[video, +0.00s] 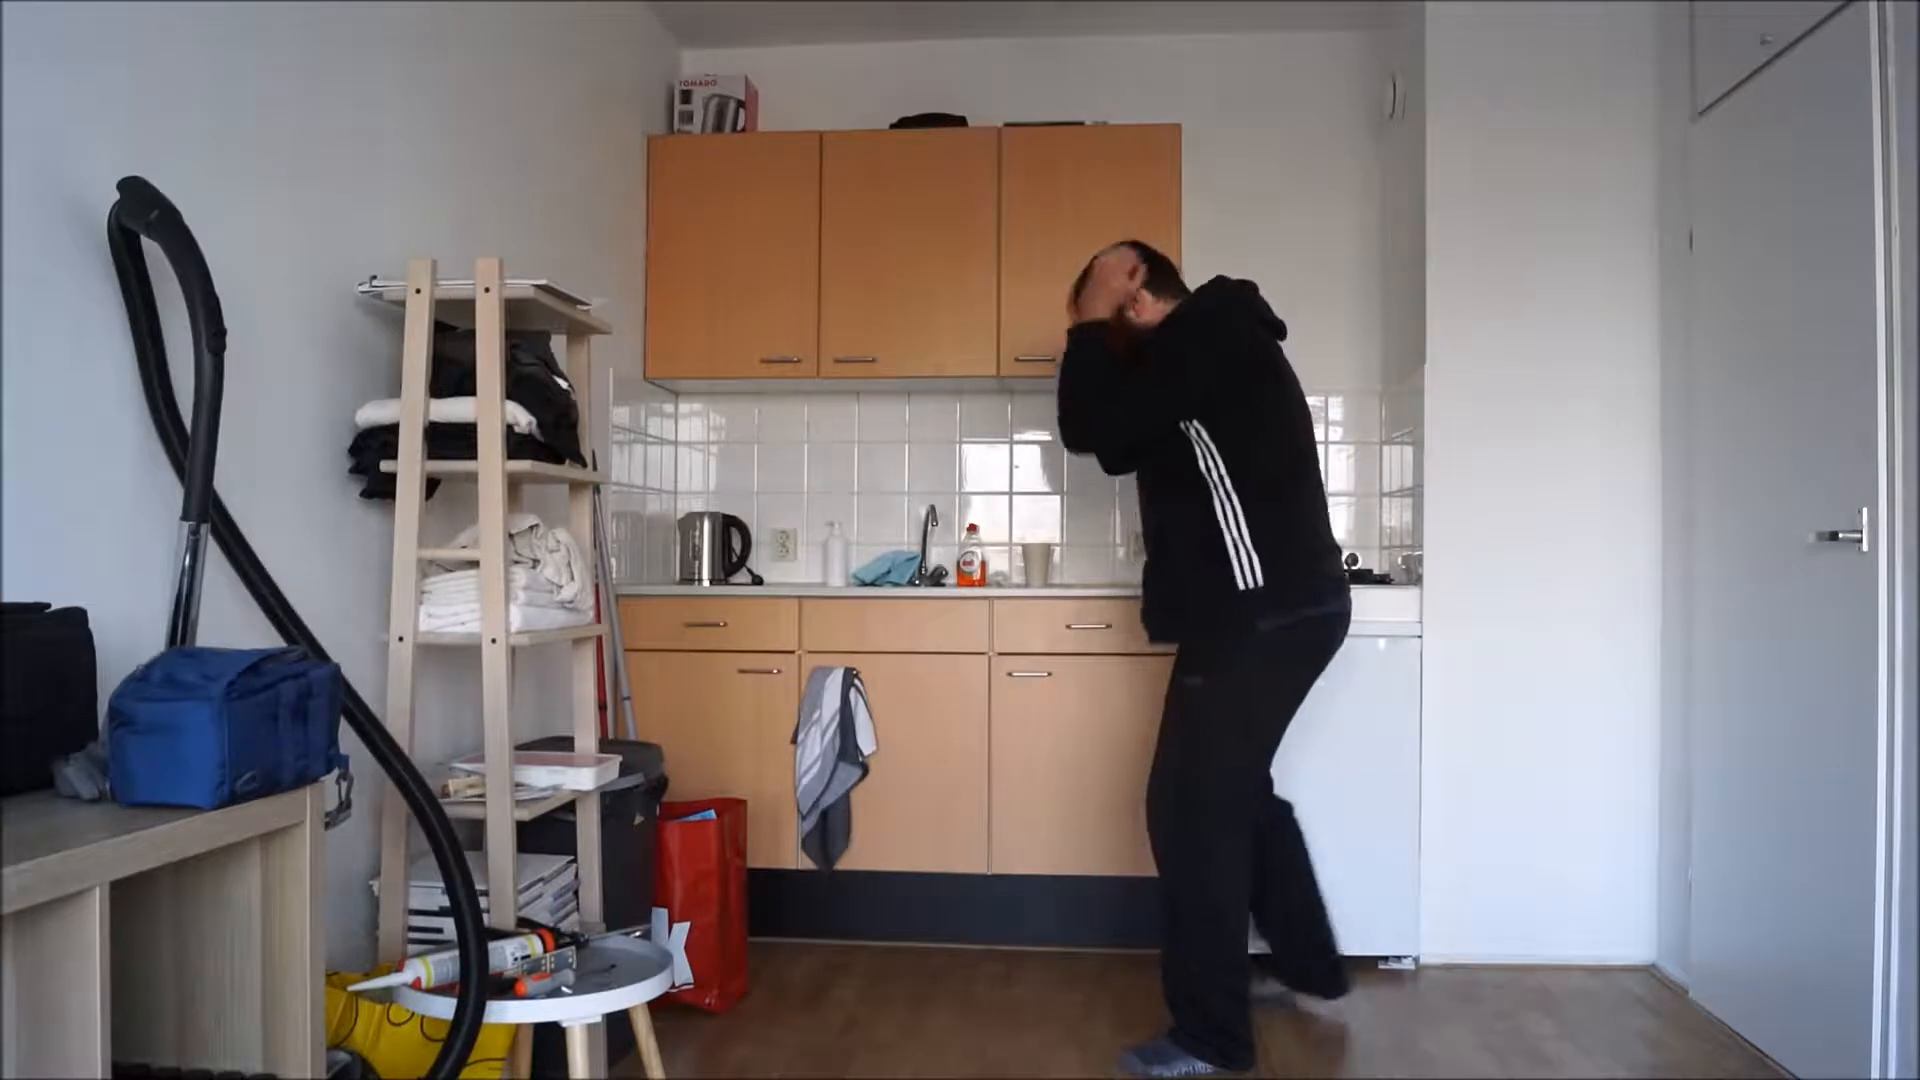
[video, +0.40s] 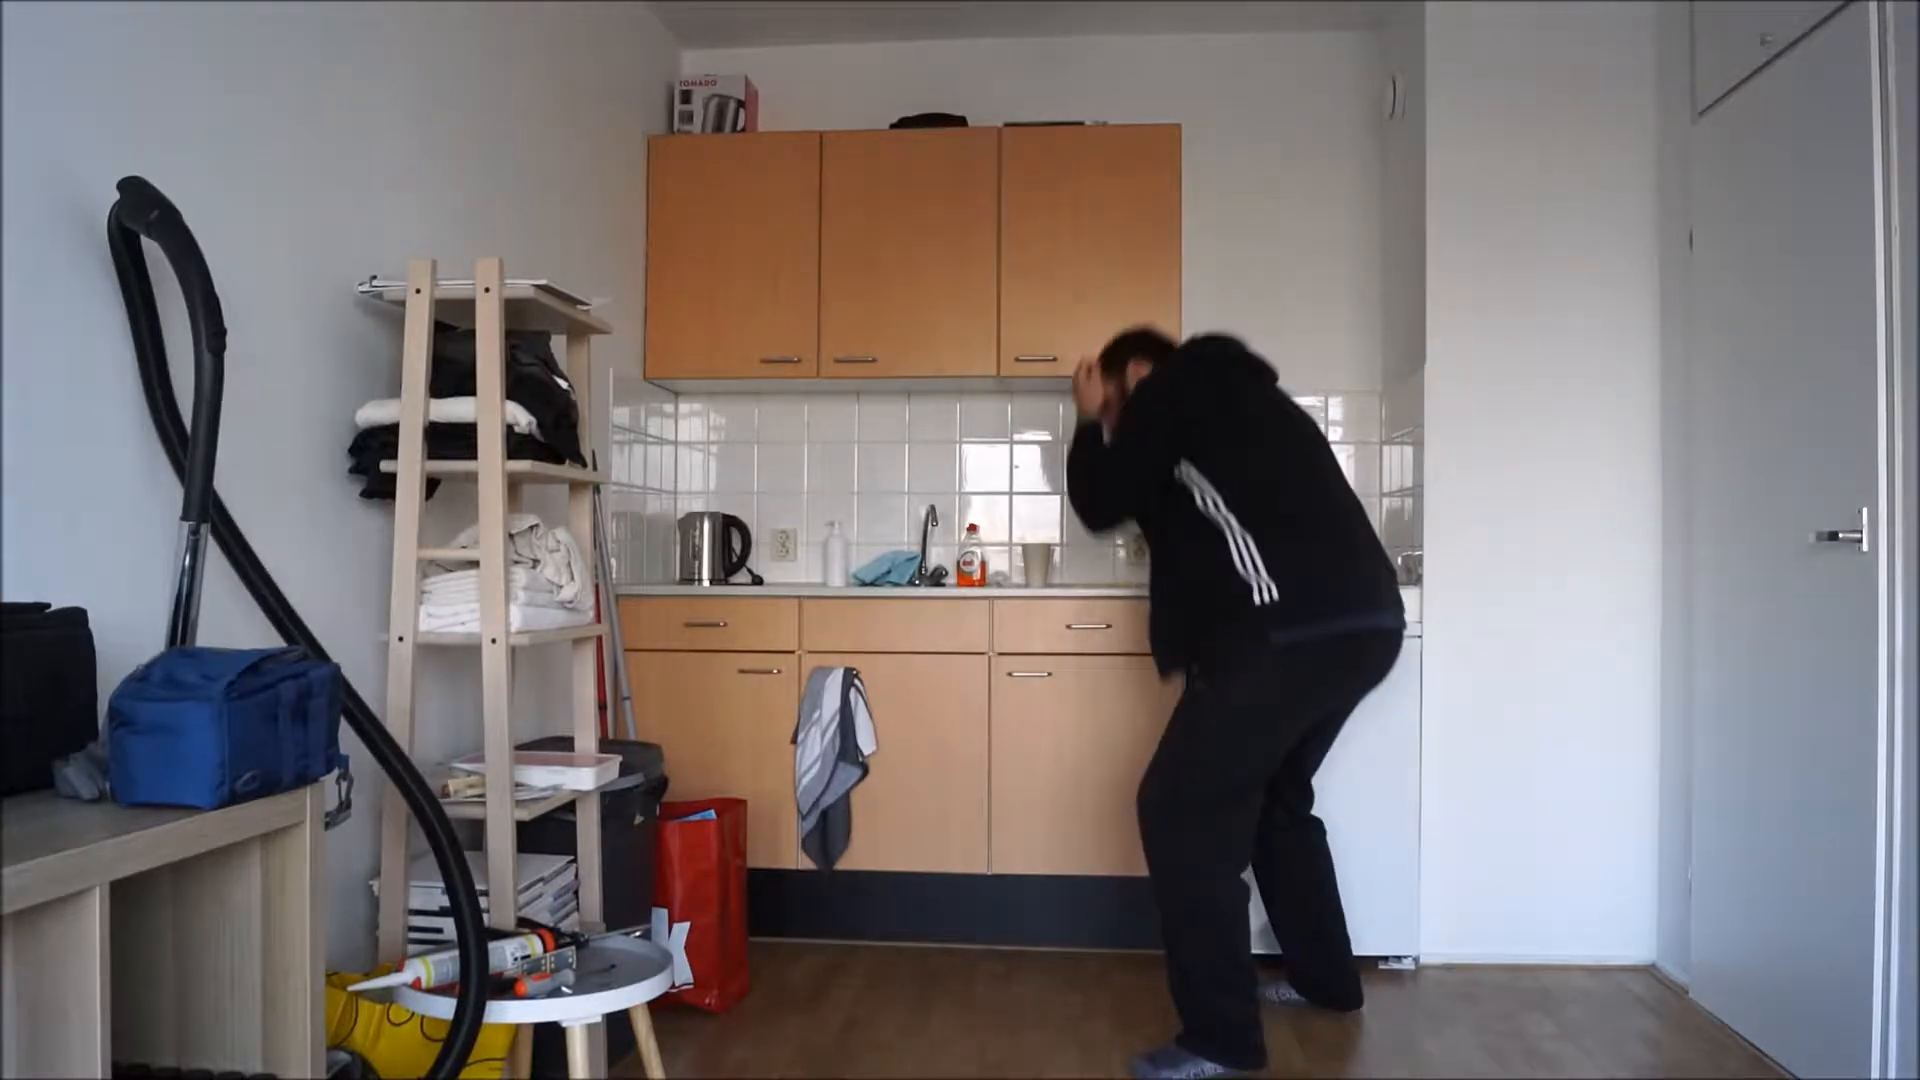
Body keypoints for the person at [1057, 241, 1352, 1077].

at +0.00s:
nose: (1083, 309)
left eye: (1090, 289)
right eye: (1084, 295)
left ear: (1136, 288)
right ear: (1155, 287)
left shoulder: (1189, 342)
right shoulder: (1232, 328)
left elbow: (1095, 430)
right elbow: (1123, 445)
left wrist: (1090, 330)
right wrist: (1095, 340)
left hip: (1246, 617)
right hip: (1299, 607)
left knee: (1188, 807)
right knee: (1236, 787)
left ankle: (1211, 1038)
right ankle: (1312, 965)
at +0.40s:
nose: (1110, 408)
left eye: (1115, 395)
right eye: (1109, 397)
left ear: (1142, 374)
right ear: (1173, 360)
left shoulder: (1166, 398)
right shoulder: (1254, 391)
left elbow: (1097, 504)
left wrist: (1090, 419)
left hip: (1281, 629)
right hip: (1366, 622)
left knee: (1182, 806)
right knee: (1277, 793)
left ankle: (1222, 1042)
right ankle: (1327, 977)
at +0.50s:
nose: (1097, 467)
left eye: (1095, 454)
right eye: (1095, 456)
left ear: (1120, 429)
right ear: (1151, 409)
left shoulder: (1154, 456)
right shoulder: (1235, 426)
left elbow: (1111, 572)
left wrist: (1080, 486)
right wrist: (1112, 483)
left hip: (1290, 664)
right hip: (1370, 652)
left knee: (1169, 817)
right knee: (1253, 809)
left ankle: (1223, 1049)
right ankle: (1326, 980)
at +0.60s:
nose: (1085, 478)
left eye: (1082, 464)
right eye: (1081, 467)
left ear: (1115, 439)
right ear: (1133, 425)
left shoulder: (1171, 459)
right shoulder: (1212, 435)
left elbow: (1117, 584)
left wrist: (1070, 500)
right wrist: (1103, 493)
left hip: (1305, 672)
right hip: (1355, 662)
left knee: (1172, 816)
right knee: (1236, 812)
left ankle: (1223, 1050)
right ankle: (1325, 979)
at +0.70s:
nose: (1092, 441)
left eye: (1092, 425)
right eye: (1085, 430)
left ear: (1130, 401)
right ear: (1141, 395)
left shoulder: (1192, 431)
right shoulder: (1206, 415)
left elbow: (1118, 549)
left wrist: (1072, 457)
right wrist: (1094, 458)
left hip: (1304, 662)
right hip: (1317, 655)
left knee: (1178, 814)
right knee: (1225, 818)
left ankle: (1223, 1050)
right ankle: (1323, 978)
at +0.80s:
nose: (1090, 395)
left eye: (1093, 380)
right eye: (1086, 382)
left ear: (1137, 357)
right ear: (1146, 351)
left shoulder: (1202, 392)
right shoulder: (1201, 387)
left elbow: (1108, 505)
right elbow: (1112, 498)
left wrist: (1072, 404)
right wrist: (1088, 410)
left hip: (1288, 651)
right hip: (1291, 641)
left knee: (1181, 815)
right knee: (1226, 813)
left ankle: (1223, 1049)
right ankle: (1320, 974)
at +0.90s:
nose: (1101, 325)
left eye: (1105, 309)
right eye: (1099, 311)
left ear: (1149, 297)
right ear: (1163, 291)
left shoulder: (1204, 346)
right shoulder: (1224, 338)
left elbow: (1102, 448)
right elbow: (1116, 438)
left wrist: (1081, 347)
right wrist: (1105, 352)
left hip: (1263, 627)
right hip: (1287, 616)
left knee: (1186, 815)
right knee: (1234, 803)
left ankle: (1223, 1048)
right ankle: (1312, 977)